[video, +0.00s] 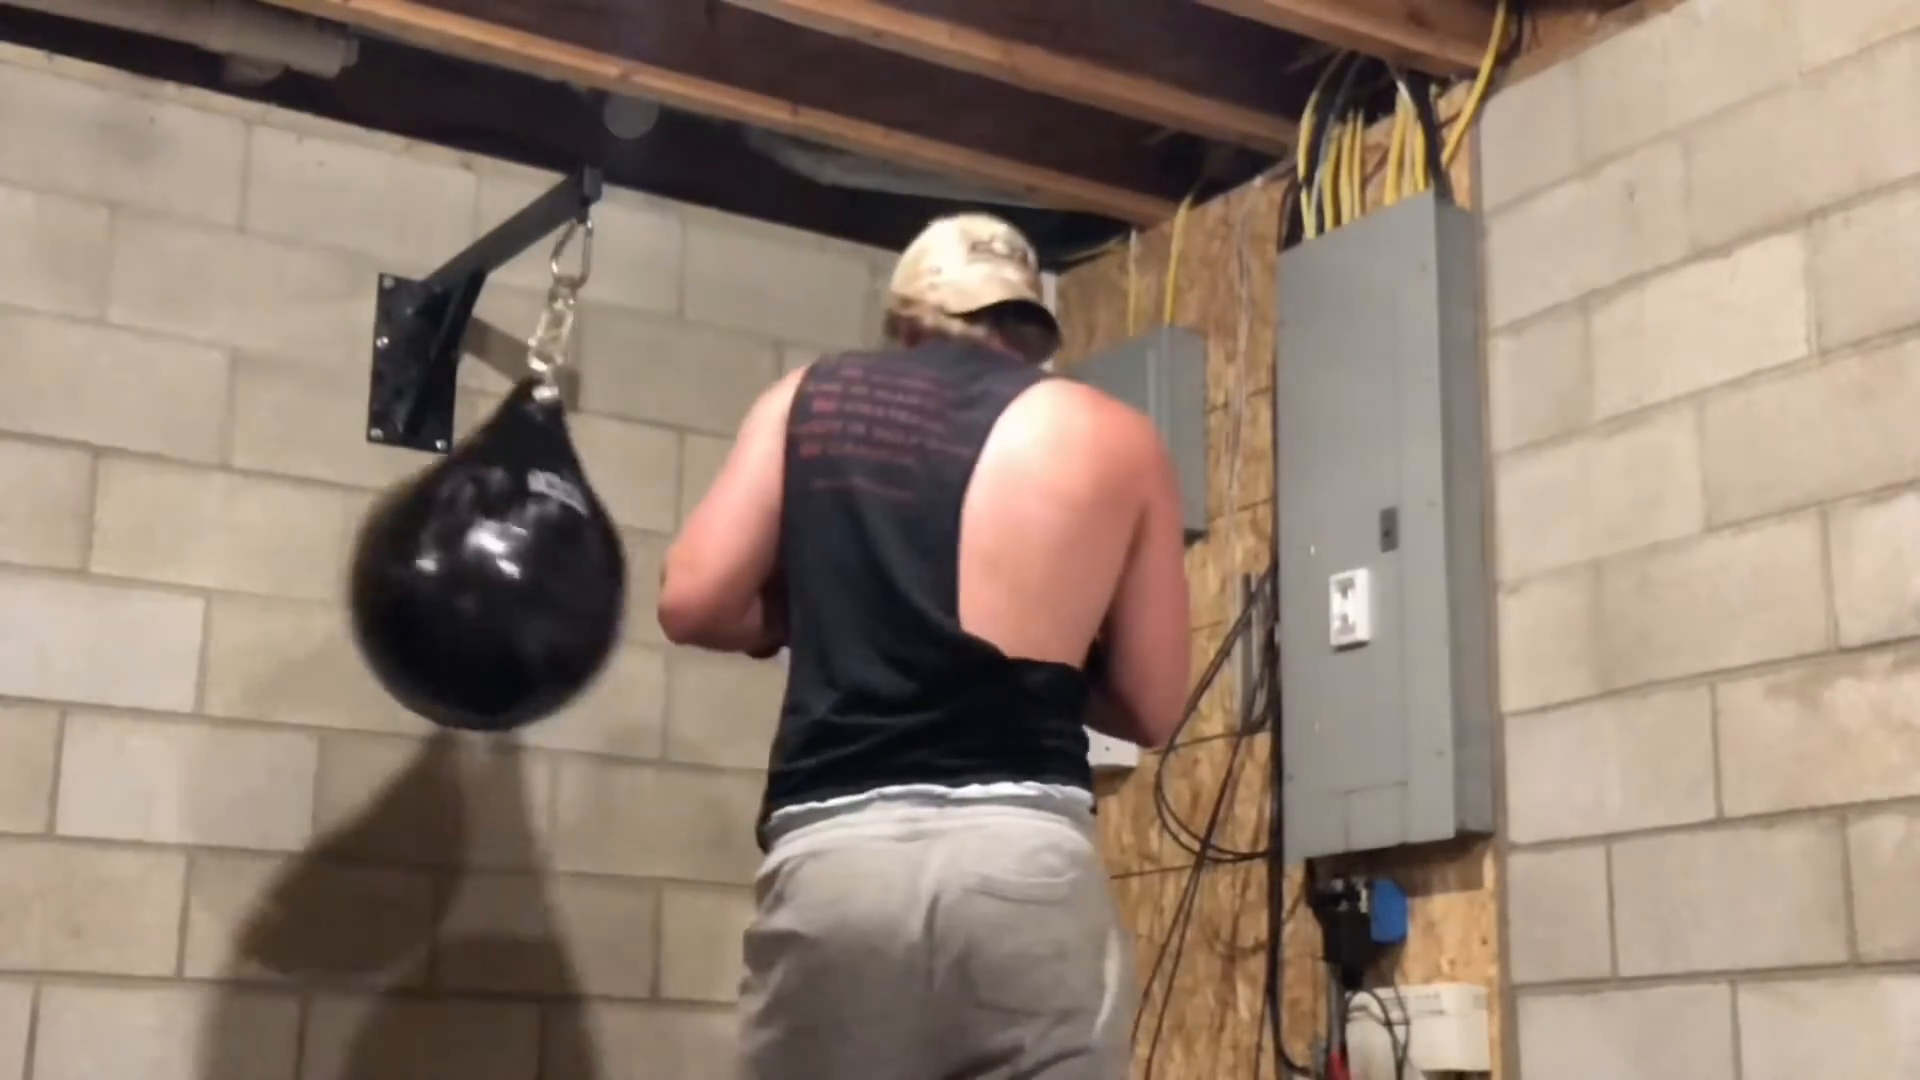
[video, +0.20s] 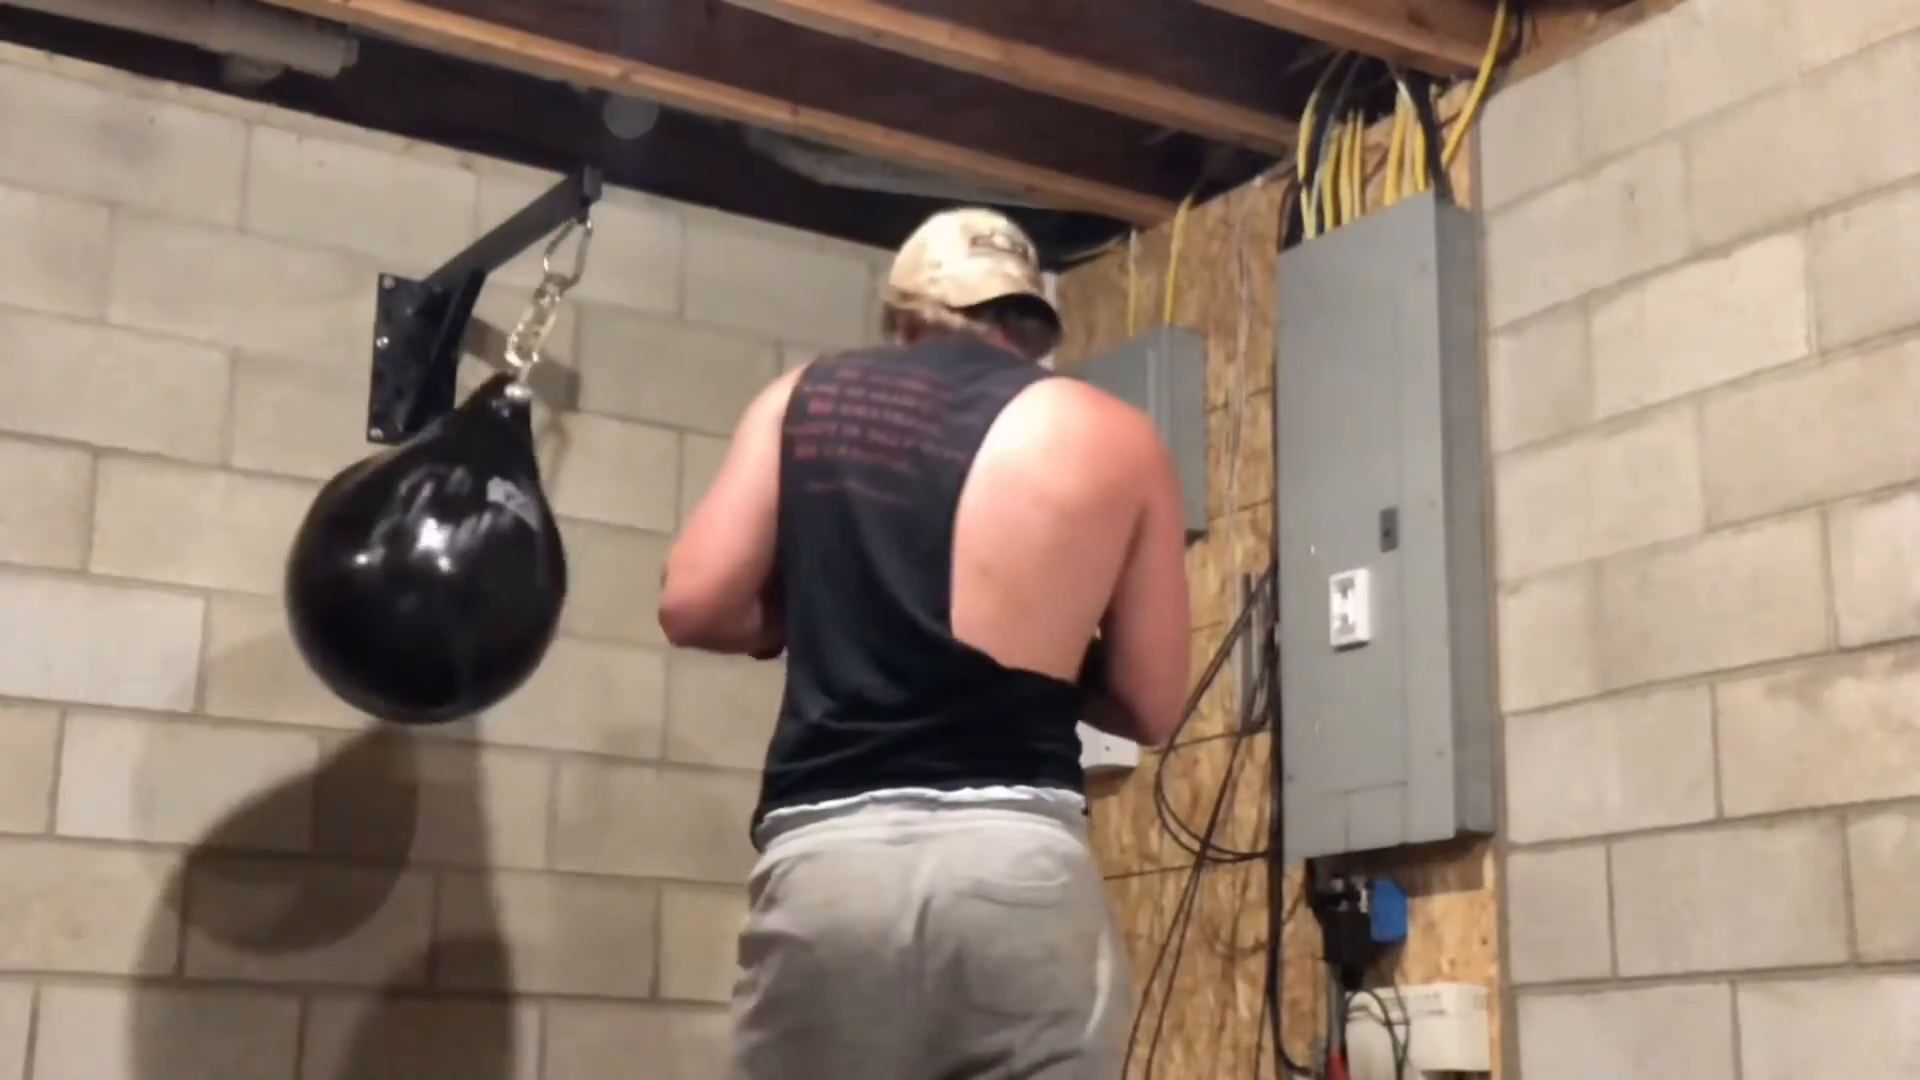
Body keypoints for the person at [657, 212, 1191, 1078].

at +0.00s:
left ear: (904, 321)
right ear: (1038, 330)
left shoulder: (803, 398)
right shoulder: (1121, 438)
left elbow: (693, 604)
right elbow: (1152, 711)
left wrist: (812, 600)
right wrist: (1027, 636)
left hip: (834, 860)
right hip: (1034, 862)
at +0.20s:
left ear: (905, 319)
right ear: (1037, 328)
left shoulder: (798, 397)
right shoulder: (1121, 437)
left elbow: (694, 607)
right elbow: (1152, 709)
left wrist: (817, 604)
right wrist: (1021, 637)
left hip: (827, 865)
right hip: (1027, 866)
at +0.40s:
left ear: (881, 331)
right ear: (1018, 336)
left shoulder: (792, 404)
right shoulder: (1114, 442)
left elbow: (681, 615)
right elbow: (1144, 712)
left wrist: (817, 600)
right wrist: (1019, 637)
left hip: (811, 863)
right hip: (1012, 866)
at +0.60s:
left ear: (810, 356)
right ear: (947, 357)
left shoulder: (752, 426)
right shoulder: (1062, 466)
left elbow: (648, 639)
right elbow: (1075, 726)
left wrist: (764, 576)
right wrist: (962, 619)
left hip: (783, 884)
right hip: (985, 891)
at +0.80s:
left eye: (677, 411)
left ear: (695, 402)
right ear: (811, 397)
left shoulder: (684, 449)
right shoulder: (945, 499)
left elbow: (576, 664)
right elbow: (943, 711)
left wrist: (579, 569)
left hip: (757, 924)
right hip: (946, 926)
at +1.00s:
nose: (586, 522)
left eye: (589, 509)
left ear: (601, 488)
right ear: (696, 469)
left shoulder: (633, 513)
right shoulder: (840, 567)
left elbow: (587, 713)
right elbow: (889, 710)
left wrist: (500, 708)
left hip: (763, 930)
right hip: (936, 946)